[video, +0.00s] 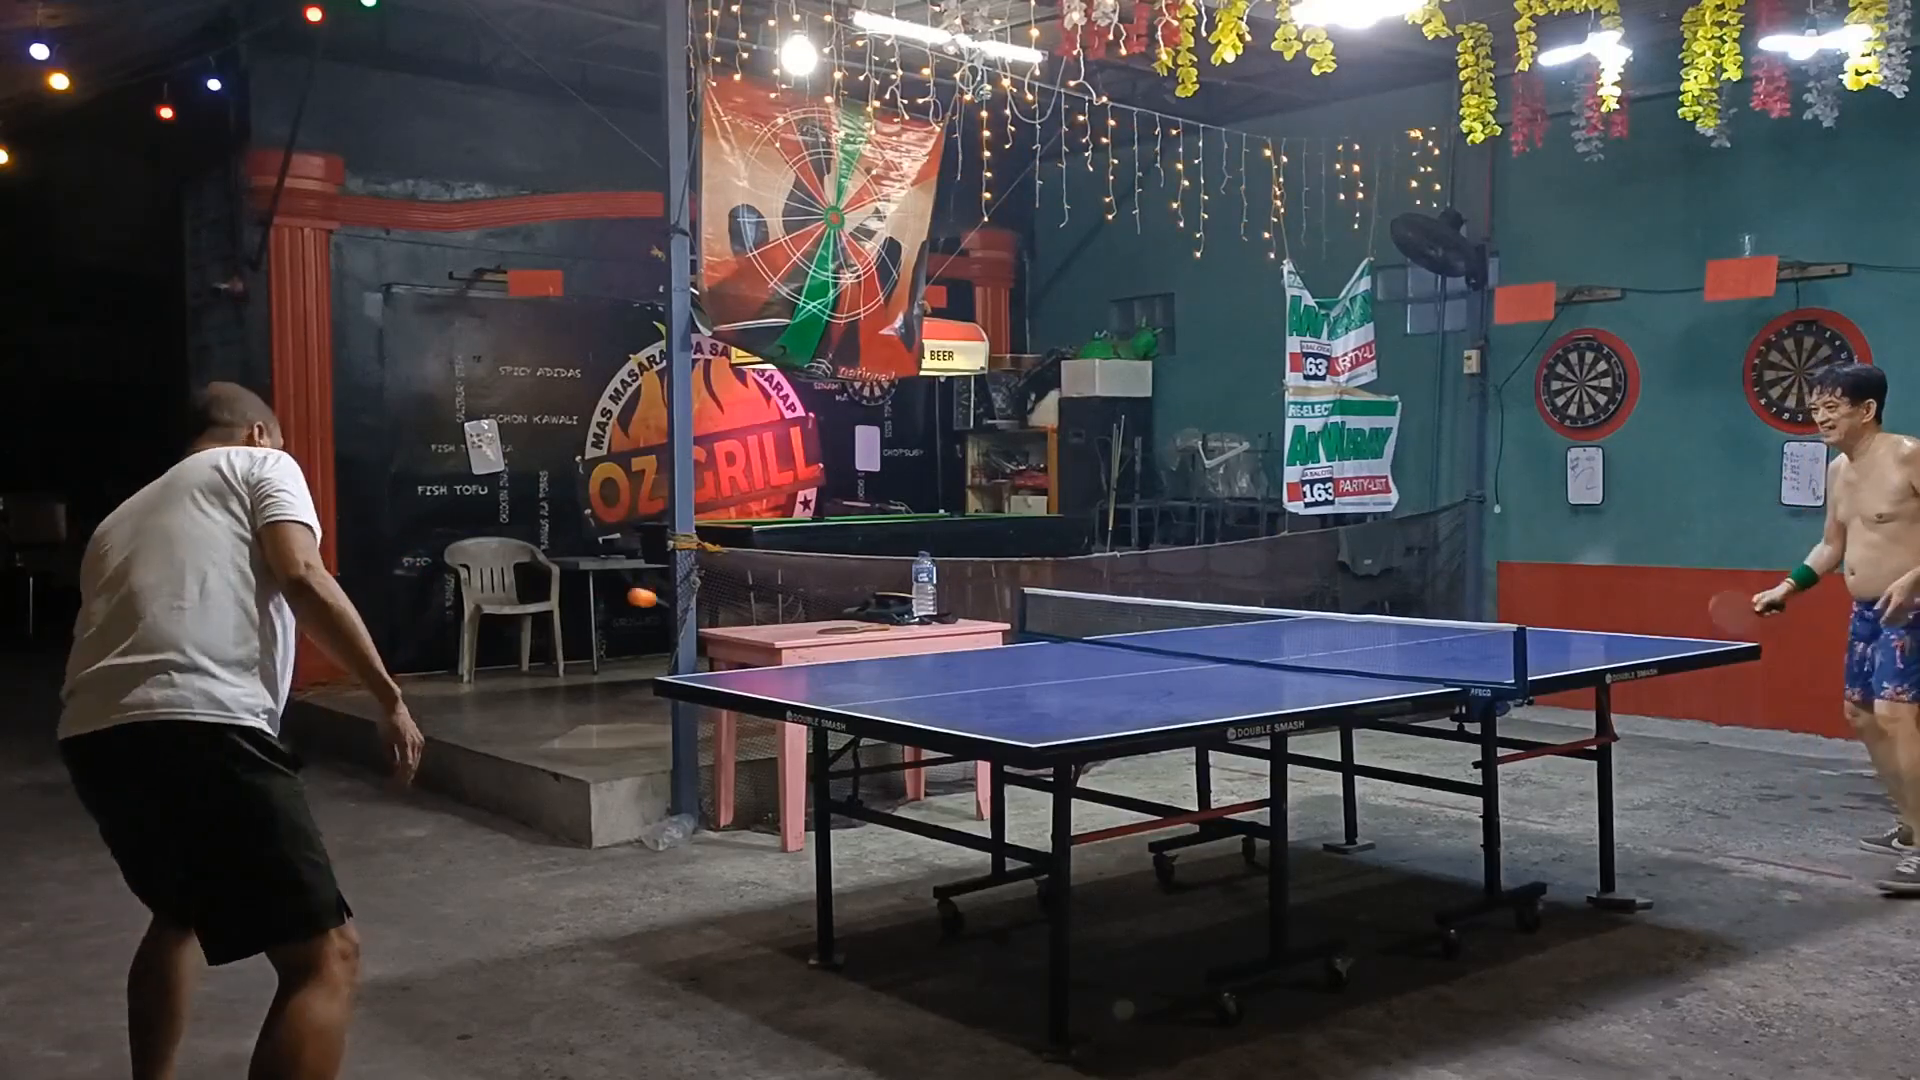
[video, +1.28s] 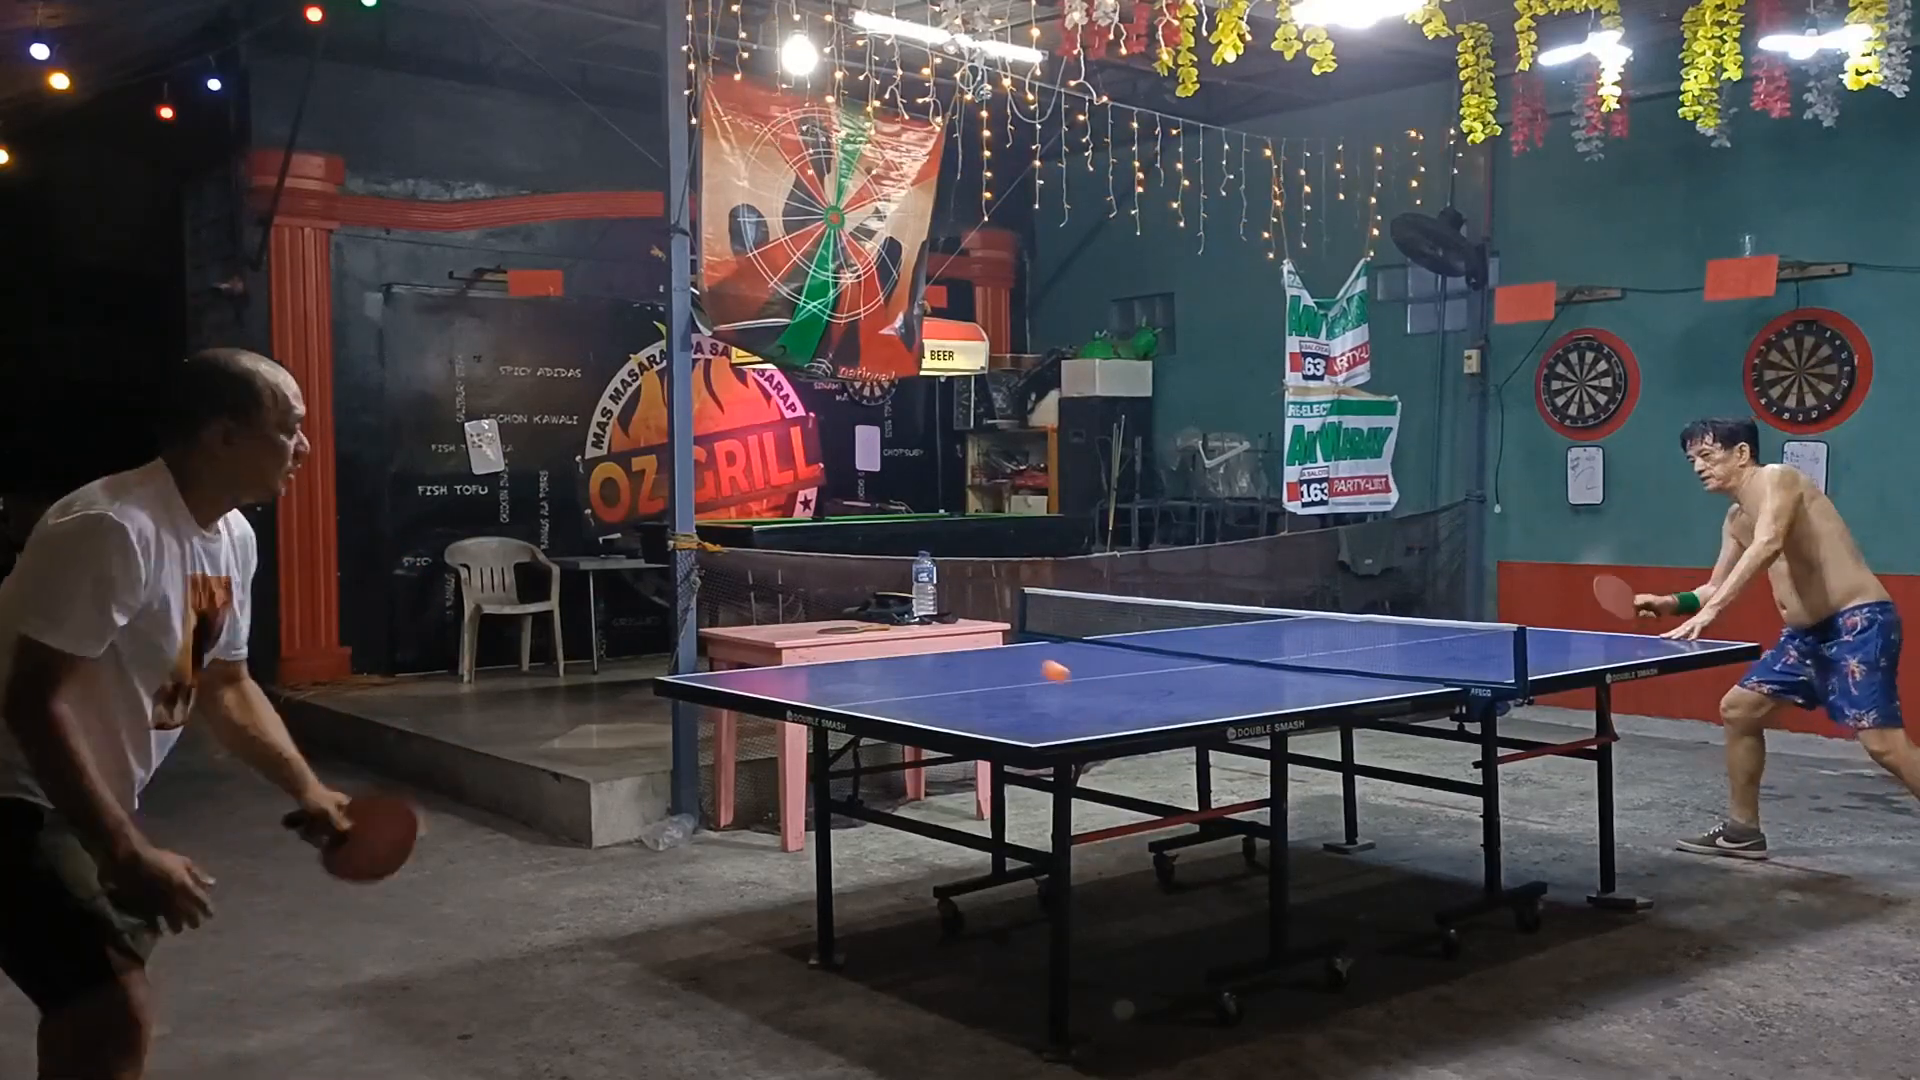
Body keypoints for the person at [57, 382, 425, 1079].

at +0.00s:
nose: (280, 454)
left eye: (279, 447)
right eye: (279, 446)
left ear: (196, 439)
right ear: (259, 435)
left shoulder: (115, 519)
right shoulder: (262, 465)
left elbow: (94, 646)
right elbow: (298, 574)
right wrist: (390, 699)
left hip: (94, 736)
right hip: (206, 725)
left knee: (175, 914)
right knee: (324, 960)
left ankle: (151, 1072)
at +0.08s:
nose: (279, 466)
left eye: (276, 458)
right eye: (278, 457)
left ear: (199, 450)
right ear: (262, 447)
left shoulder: (126, 524)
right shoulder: (257, 469)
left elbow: (149, 633)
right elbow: (288, 573)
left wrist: (272, 663)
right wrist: (385, 693)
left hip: (90, 740)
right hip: (199, 726)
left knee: (182, 912)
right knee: (322, 961)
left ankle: (155, 1072)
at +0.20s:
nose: (287, 494)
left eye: (288, 483)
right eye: (286, 481)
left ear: (213, 461)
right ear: (271, 466)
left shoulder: (164, 529)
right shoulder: (244, 477)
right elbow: (246, 565)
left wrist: (373, 650)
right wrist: (367, 683)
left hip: (78, 739)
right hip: (169, 727)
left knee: (193, 916)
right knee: (298, 945)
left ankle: (160, 1070)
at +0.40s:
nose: (295, 465)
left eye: (296, 451)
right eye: (295, 448)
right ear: (271, 436)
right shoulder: (227, 455)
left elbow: (253, 673)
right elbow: (187, 541)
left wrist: (367, 734)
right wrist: (252, 663)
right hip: (126, 707)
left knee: (181, 937)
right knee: (223, 937)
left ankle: (161, 1070)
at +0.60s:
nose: (282, 439)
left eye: (283, 422)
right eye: (280, 420)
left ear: (210, 413)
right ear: (247, 413)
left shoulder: (151, 470)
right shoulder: (212, 460)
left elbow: (176, 658)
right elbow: (172, 572)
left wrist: (241, 770)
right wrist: (221, 721)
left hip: (78, 728)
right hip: (125, 732)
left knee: (173, 964)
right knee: (174, 981)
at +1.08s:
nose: (267, 412)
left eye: (263, 394)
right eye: (255, 393)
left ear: (195, 408)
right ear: (201, 407)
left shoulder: (136, 485)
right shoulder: (147, 485)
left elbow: (145, 672)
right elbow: (101, 653)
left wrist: (222, 770)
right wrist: (201, 773)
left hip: (57, 771)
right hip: (55, 776)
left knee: (116, 971)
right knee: (174, 992)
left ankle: (71, 1076)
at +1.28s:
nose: (303, 449)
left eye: (301, 430)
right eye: (290, 430)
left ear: (229, 440)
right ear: (225, 437)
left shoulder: (234, 535)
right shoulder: (107, 530)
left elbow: (224, 681)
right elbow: (28, 699)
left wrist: (307, 787)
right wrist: (126, 849)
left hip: (99, 814)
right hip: (22, 804)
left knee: (92, 1021)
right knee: (113, 1021)